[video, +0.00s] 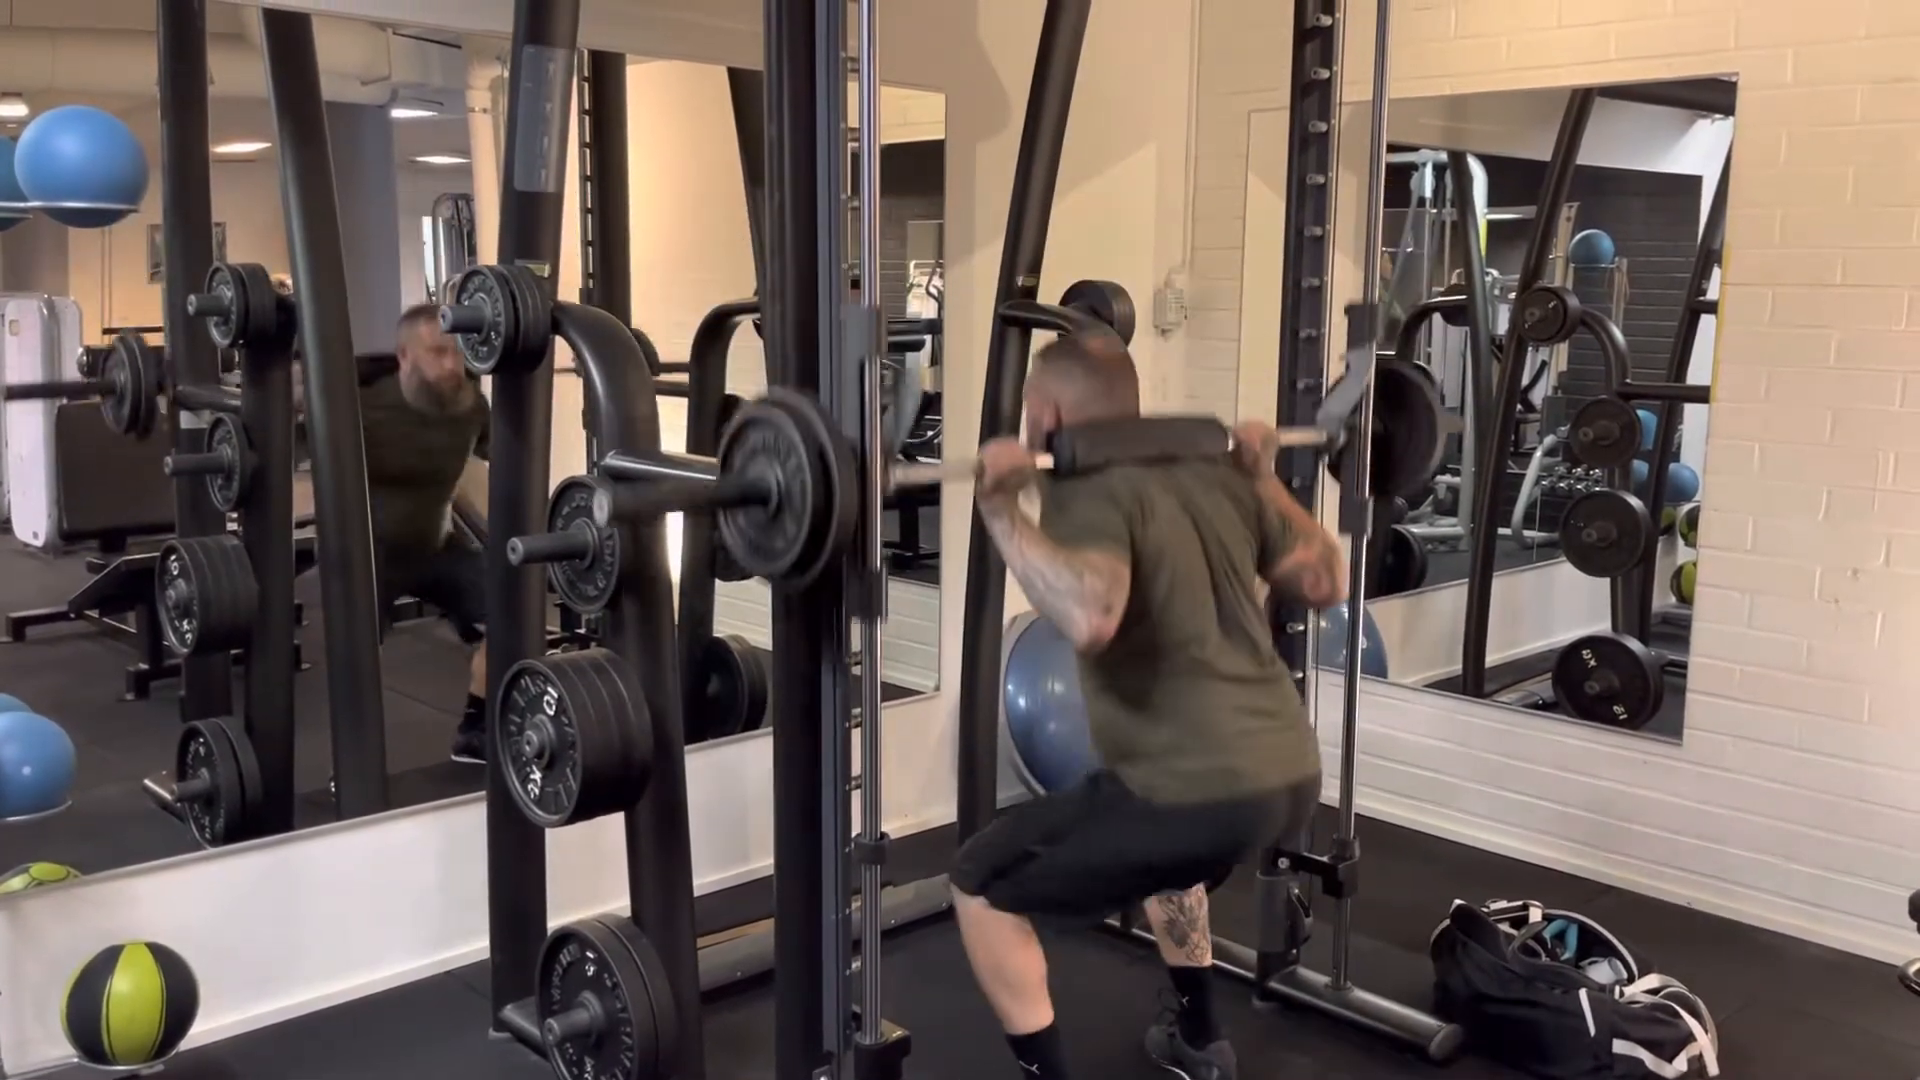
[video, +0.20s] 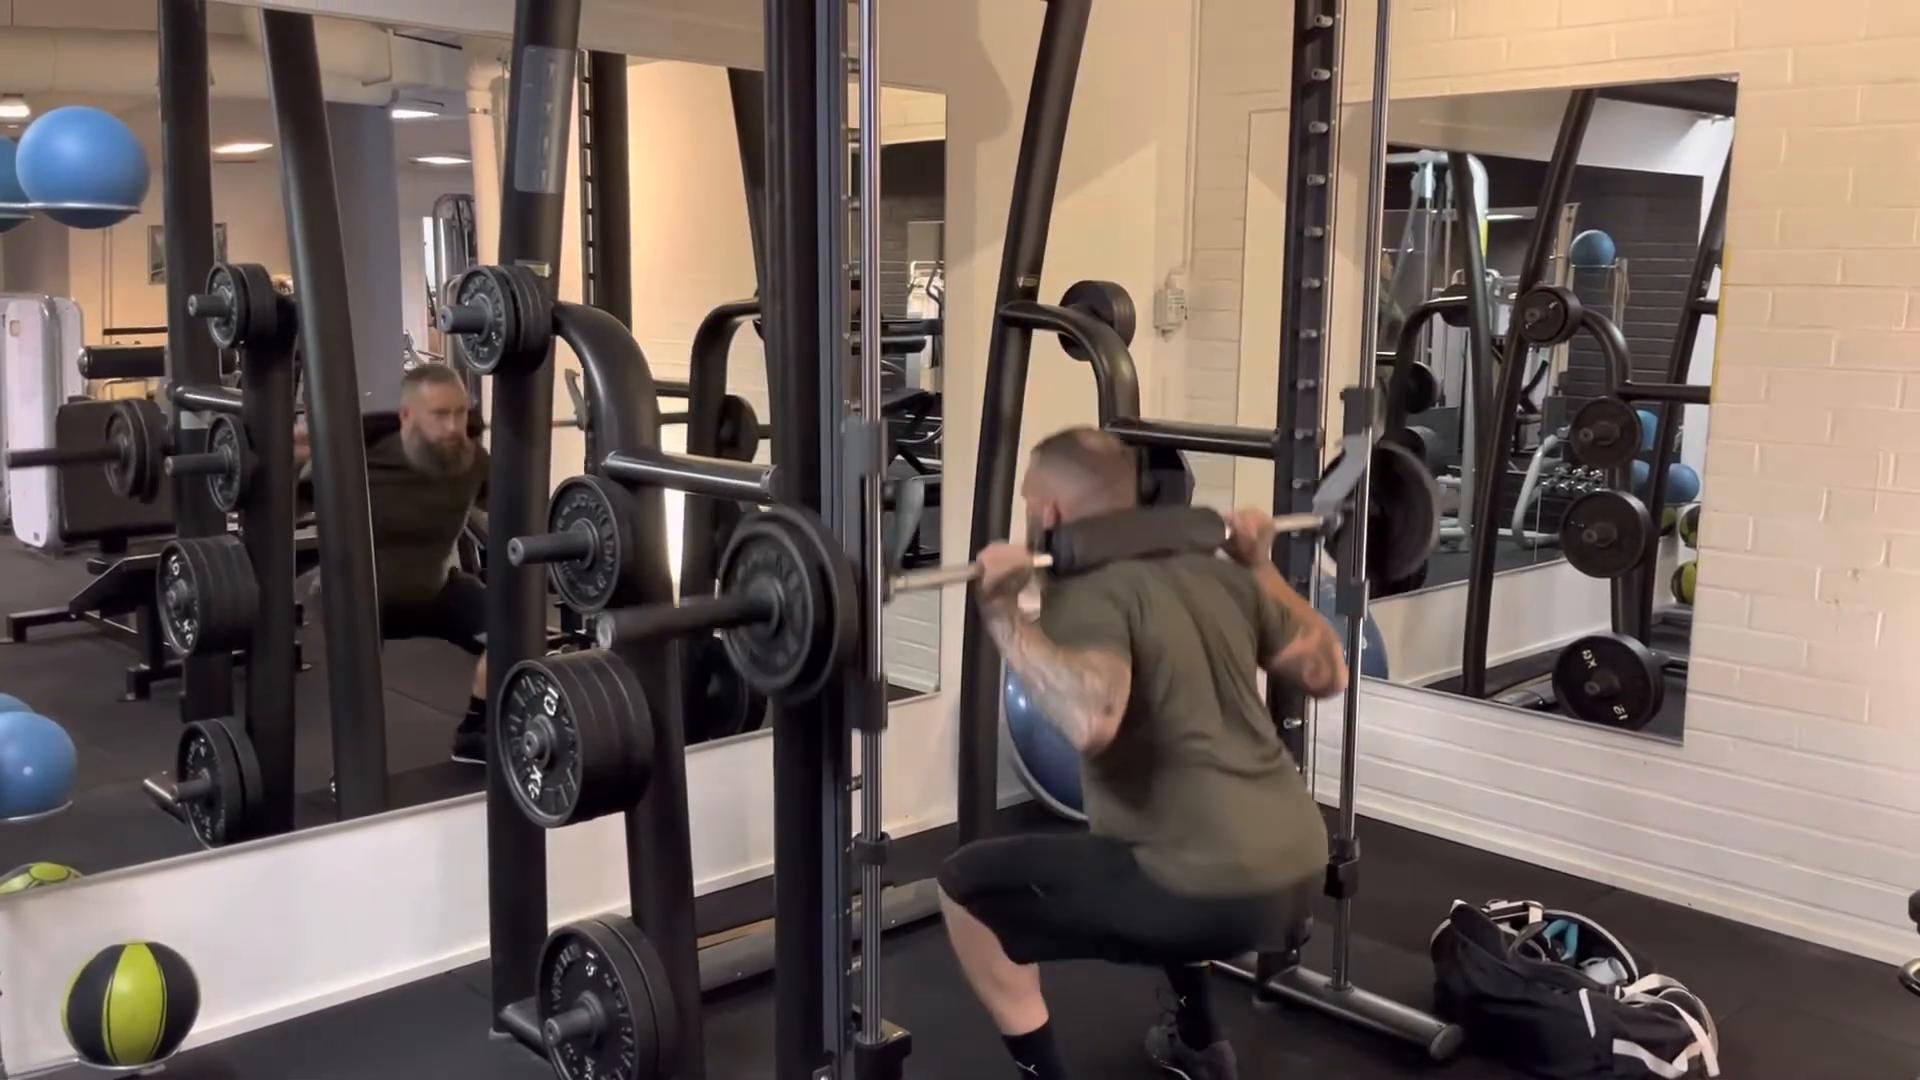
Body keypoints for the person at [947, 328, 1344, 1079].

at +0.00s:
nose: (1028, 422)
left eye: (1030, 408)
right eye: (1028, 409)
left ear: (1048, 416)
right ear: (1127, 402)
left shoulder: (1093, 486)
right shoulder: (1222, 477)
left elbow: (1089, 615)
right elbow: (1327, 579)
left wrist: (999, 506)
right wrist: (1265, 476)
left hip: (1186, 798)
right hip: (1285, 782)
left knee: (981, 883)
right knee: (1159, 844)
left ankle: (1045, 1068)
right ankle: (1200, 1033)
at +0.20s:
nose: (1028, 520)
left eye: (1029, 505)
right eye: (1027, 503)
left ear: (1052, 513)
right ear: (1125, 499)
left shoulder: (1092, 586)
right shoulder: (1219, 574)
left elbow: (1091, 719)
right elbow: (1327, 672)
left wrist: (1003, 617)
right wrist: (1262, 567)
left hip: (1197, 891)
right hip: (1296, 873)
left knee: (967, 884)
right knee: (1128, 839)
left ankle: (1042, 1069)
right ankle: (1200, 1037)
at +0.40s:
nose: (1029, 587)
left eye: (1029, 571)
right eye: (1028, 570)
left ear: (1053, 579)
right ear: (1126, 564)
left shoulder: (1093, 655)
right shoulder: (1218, 635)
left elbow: (1085, 794)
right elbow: (1322, 739)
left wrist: (999, 679)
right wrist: (1258, 629)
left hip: (1198, 966)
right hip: (1296, 944)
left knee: (963, 885)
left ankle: (1041, 1068)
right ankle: (1199, 1044)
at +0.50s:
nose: (1029, 611)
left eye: (1029, 596)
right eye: (1028, 596)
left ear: (1053, 601)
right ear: (1127, 586)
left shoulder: (1092, 679)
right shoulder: (1219, 657)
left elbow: (1085, 821)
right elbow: (1319, 761)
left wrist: (998, 705)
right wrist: (1258, 652)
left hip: (1202, 990)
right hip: (1295, 966)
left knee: (961, 886)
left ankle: (1041, 1069)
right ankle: (1200, 1053)